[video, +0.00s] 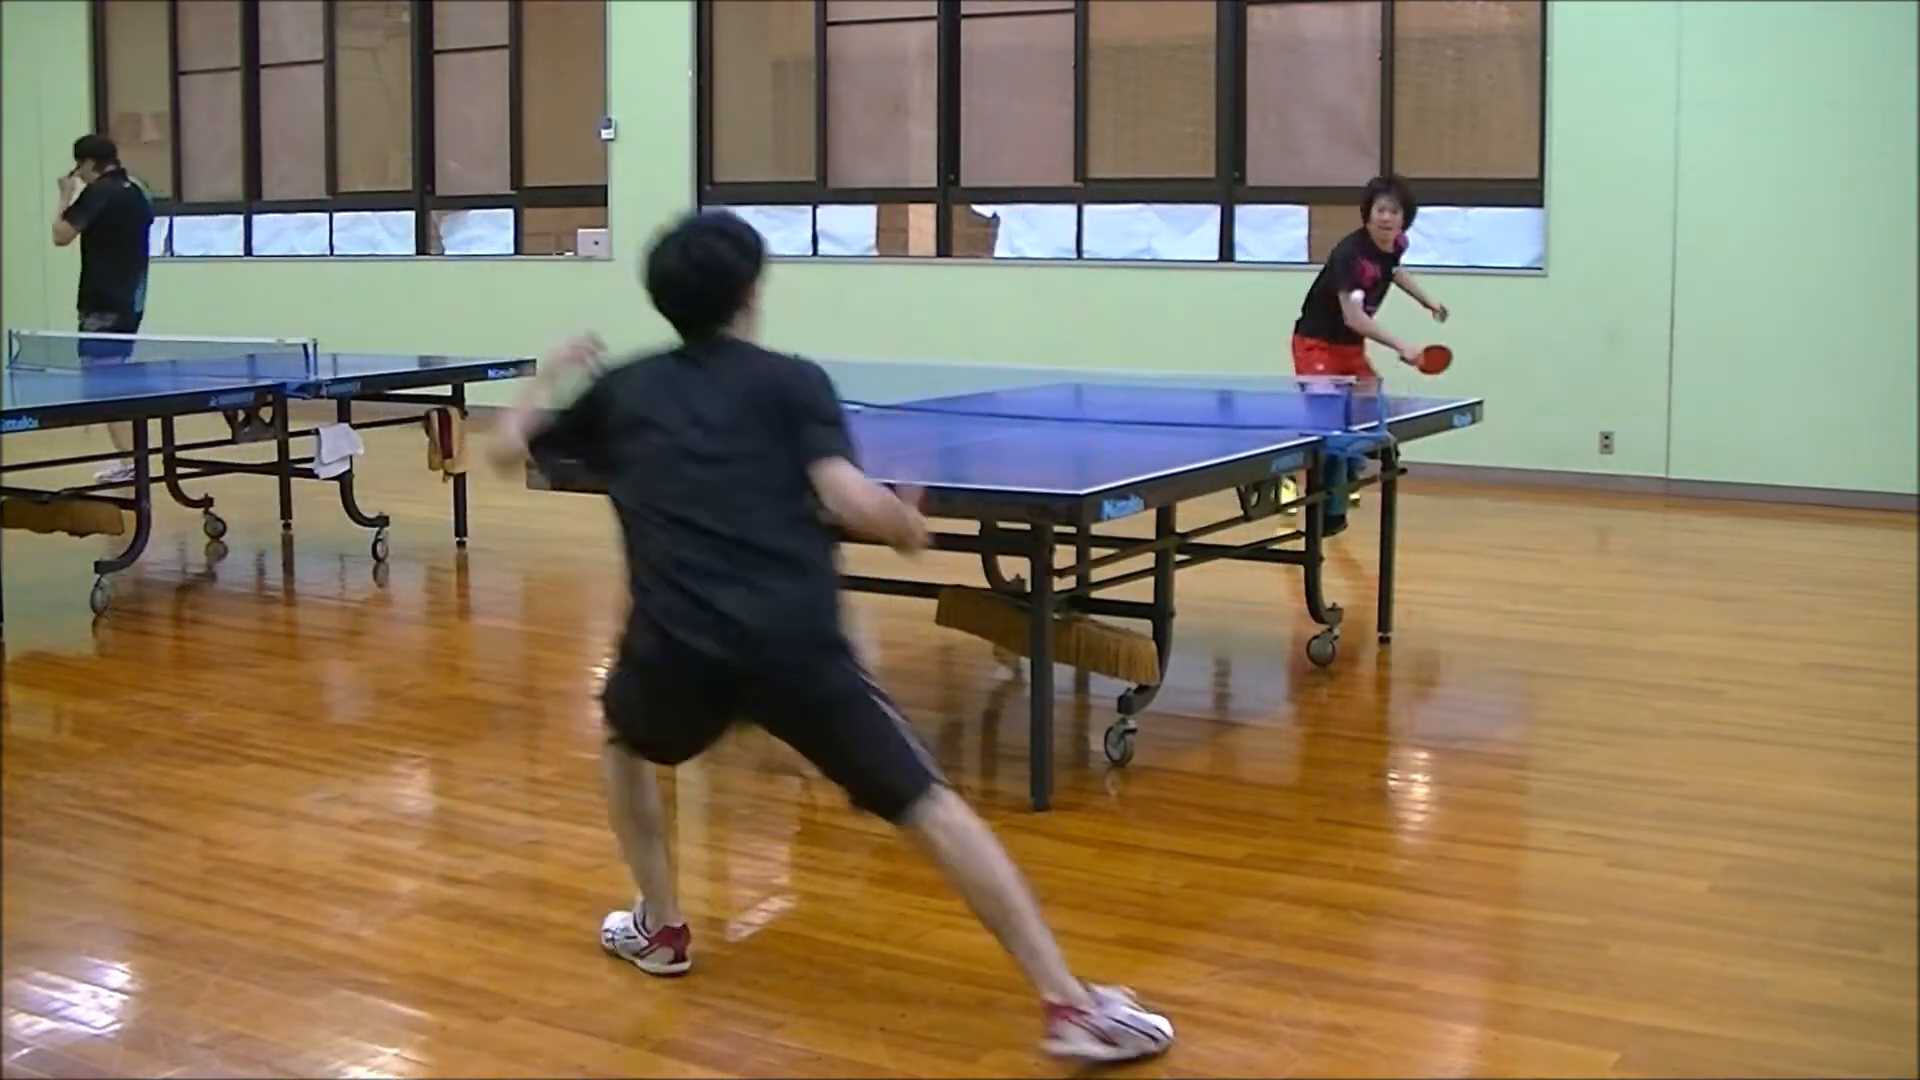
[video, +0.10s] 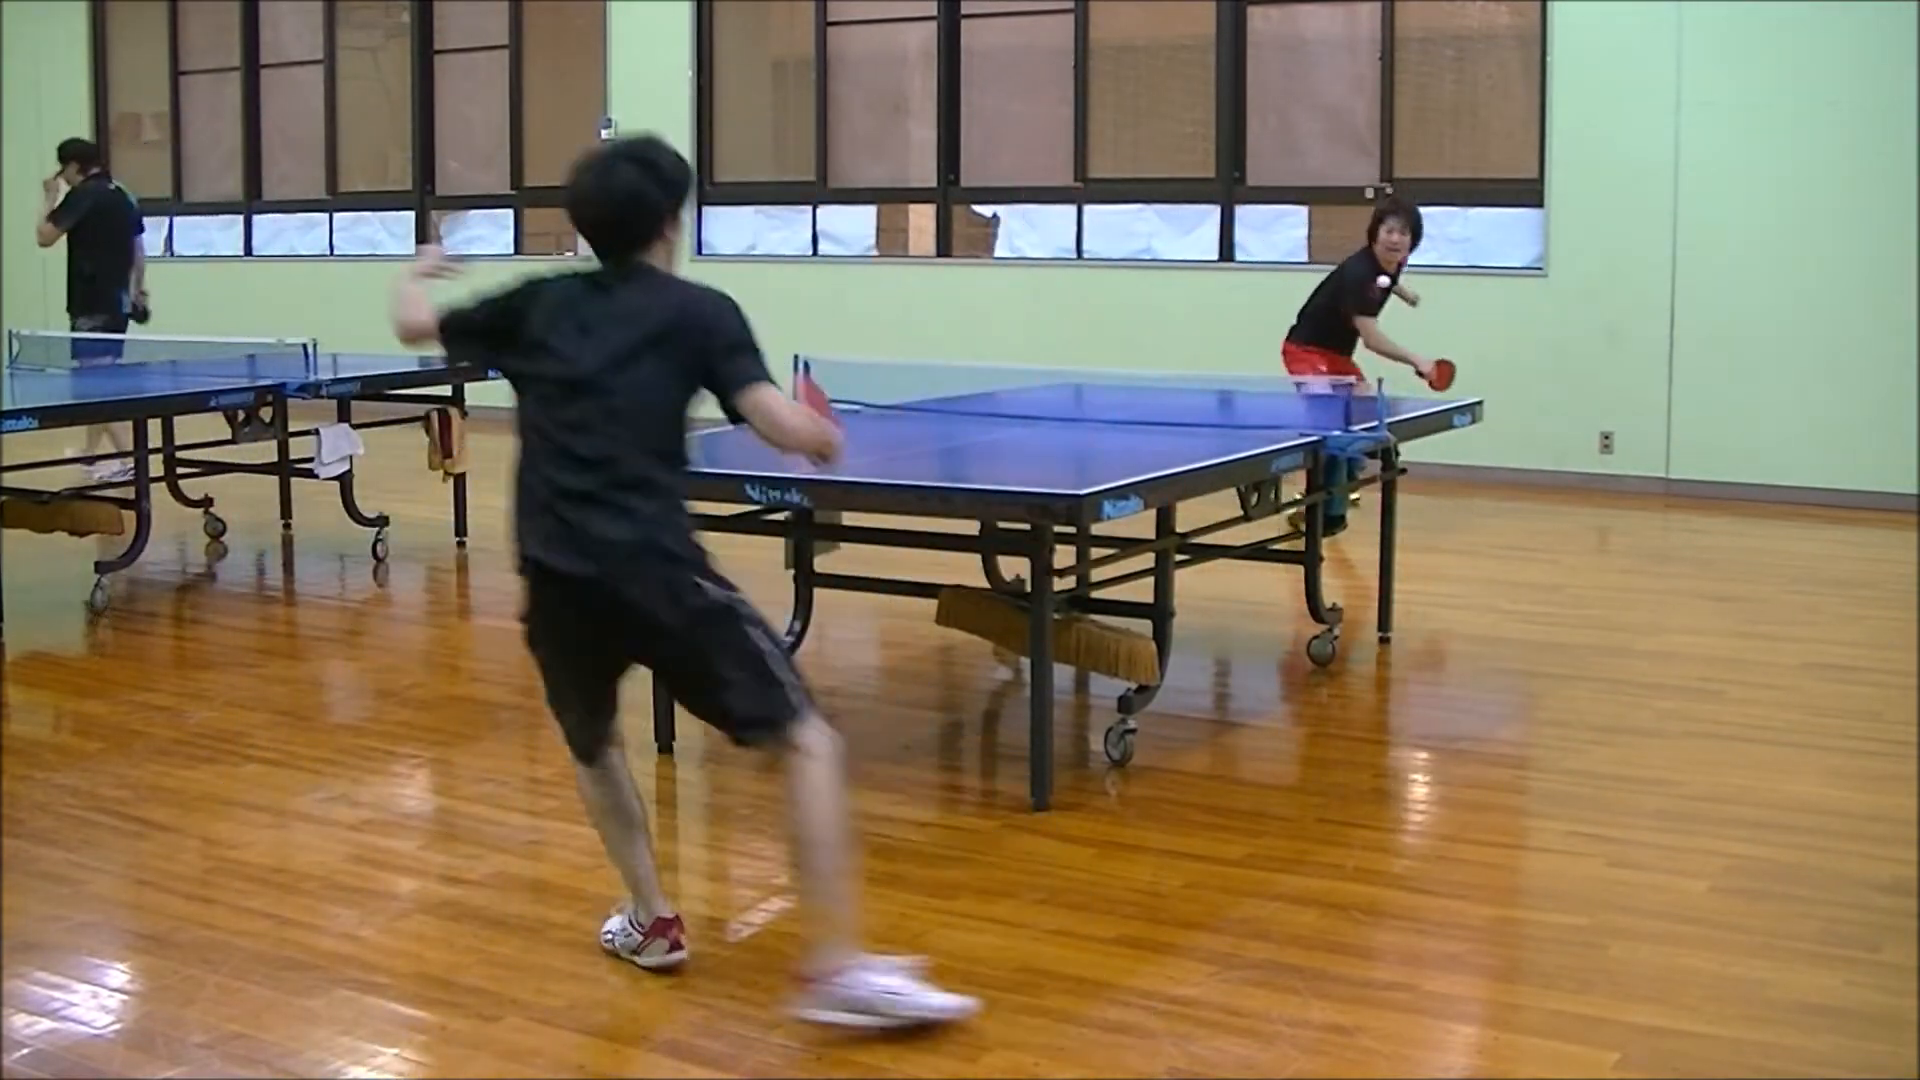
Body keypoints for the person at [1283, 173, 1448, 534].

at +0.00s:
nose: (1386, 218)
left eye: (1394, 211)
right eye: (1379, 209)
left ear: (1405, 218)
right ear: (1366, 214)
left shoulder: (1396, 245)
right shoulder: (1350, 254)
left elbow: (1394, 273)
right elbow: (1353, 317)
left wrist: (1428, 302)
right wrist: (1399, 346)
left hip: (1350, 344)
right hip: (1316, 345)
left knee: (1372, 410)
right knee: (1326, 423)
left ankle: (1343, 477)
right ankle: (1311, 504)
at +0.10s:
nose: (1395, 239)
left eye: (1403, 233)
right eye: (1388, 231)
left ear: (1413, 241)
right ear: (1374, 234)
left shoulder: (1392, 264)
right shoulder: (1360, 270)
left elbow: (1388, 279)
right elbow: (1371, 339)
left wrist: (1404, 294)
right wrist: (1416, 361)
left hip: (1337, 355)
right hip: (1306, 352)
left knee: (1370, 412)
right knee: (1330, 426)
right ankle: (1316, 506)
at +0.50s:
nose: (1364, 238)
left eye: (1367, 230)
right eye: (1356, 233)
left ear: (1376, 231)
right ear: (1344, 239)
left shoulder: (1396, 257)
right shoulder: (1340, 272)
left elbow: (1420, 263)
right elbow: (1339, 282)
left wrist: (1439, 266)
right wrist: (1356, 249)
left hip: (1393, 365)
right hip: (1349, 366)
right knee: (1337, 438)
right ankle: (1328, 512)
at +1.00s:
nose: (1482, 201)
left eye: (1491, 194)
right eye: (1478, 194)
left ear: (1509, 200)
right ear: (1471, 201)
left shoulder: (1535, 241)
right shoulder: (1463, 248)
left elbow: (1567, 281)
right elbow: (1447, 297)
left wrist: (1556, 319)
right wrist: (1415, 305)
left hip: (1539, 361)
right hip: (1484, 361)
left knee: (1579, 437)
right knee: (1434, 421)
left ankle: (1601, 503)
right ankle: (1410, 498)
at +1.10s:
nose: (1508, 186)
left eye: (1517, 179)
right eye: (1502, 179)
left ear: (1536, 184)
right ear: (1495, 185)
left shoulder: (1561, 223)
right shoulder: (1488, 233)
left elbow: (1594, 263)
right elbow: (1473, 282)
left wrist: (1583, 305)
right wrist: (1442, 307)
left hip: (1566, 341)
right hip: (1514, 342)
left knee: (1602, 418)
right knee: (1469, 409)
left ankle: (1618, 494)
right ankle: (1464, 487)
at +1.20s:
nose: (1526, 187)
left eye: (1535, 179)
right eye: (1520, 179)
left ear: (1554, 183)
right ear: (1514, 185)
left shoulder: (1581, 223)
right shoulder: (1510, 234)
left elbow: (1618, 266)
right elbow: (1491, 281)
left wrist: (1609, 308)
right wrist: (1460, 308)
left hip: (1590, 344)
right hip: (1537, 344)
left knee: (1633, 419)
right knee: (1497, 411)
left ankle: (1653, 488)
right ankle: (1503, 493)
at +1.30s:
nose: (1544, 211)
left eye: (1552, 204)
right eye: (1539, 204)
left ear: (1572, 207)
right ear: (1534, 209)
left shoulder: (1602, 244)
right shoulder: (1533, 258)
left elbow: (1635, 289)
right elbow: (1512, 304)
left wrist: (1621, 315)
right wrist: (1472, 326)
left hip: (1616, 364)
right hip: (1562, 365)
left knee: (1661, 436)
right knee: (1513, 426)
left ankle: (1679, 503)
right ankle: (1522, 499)